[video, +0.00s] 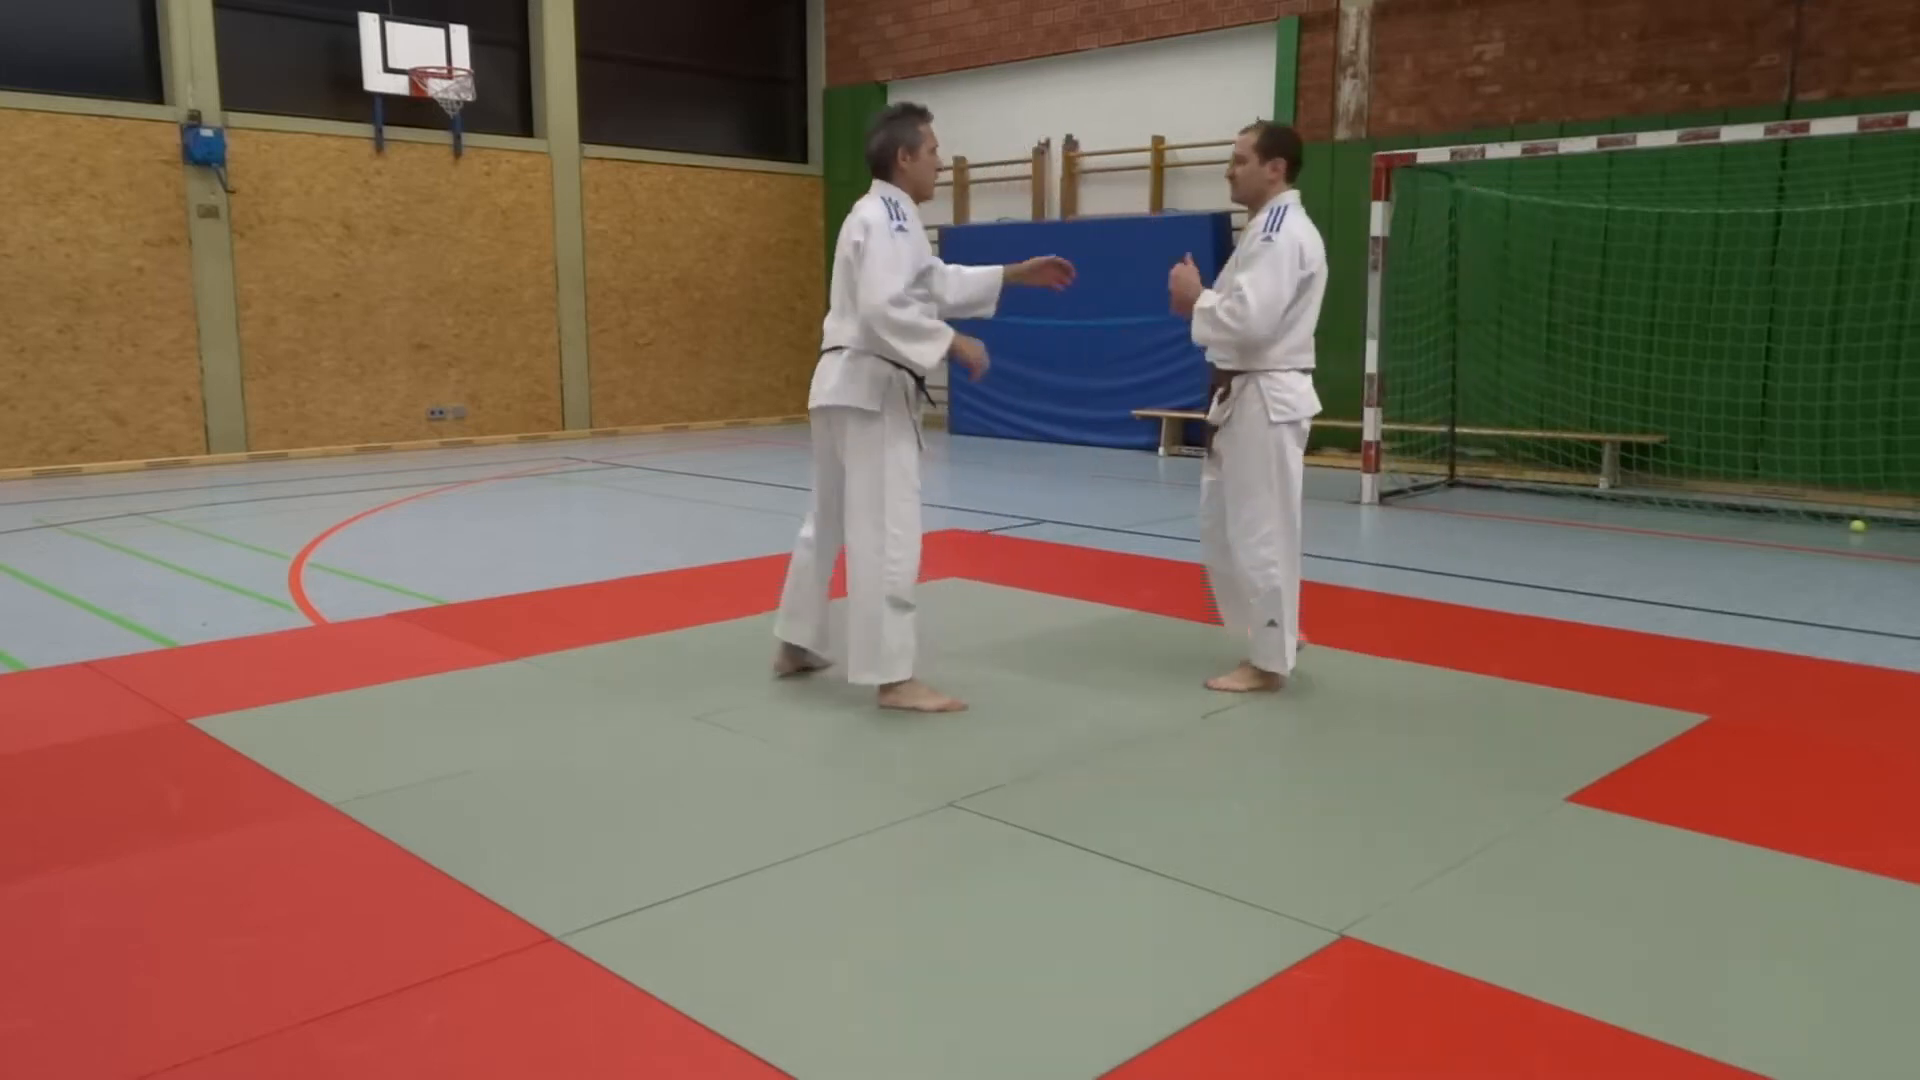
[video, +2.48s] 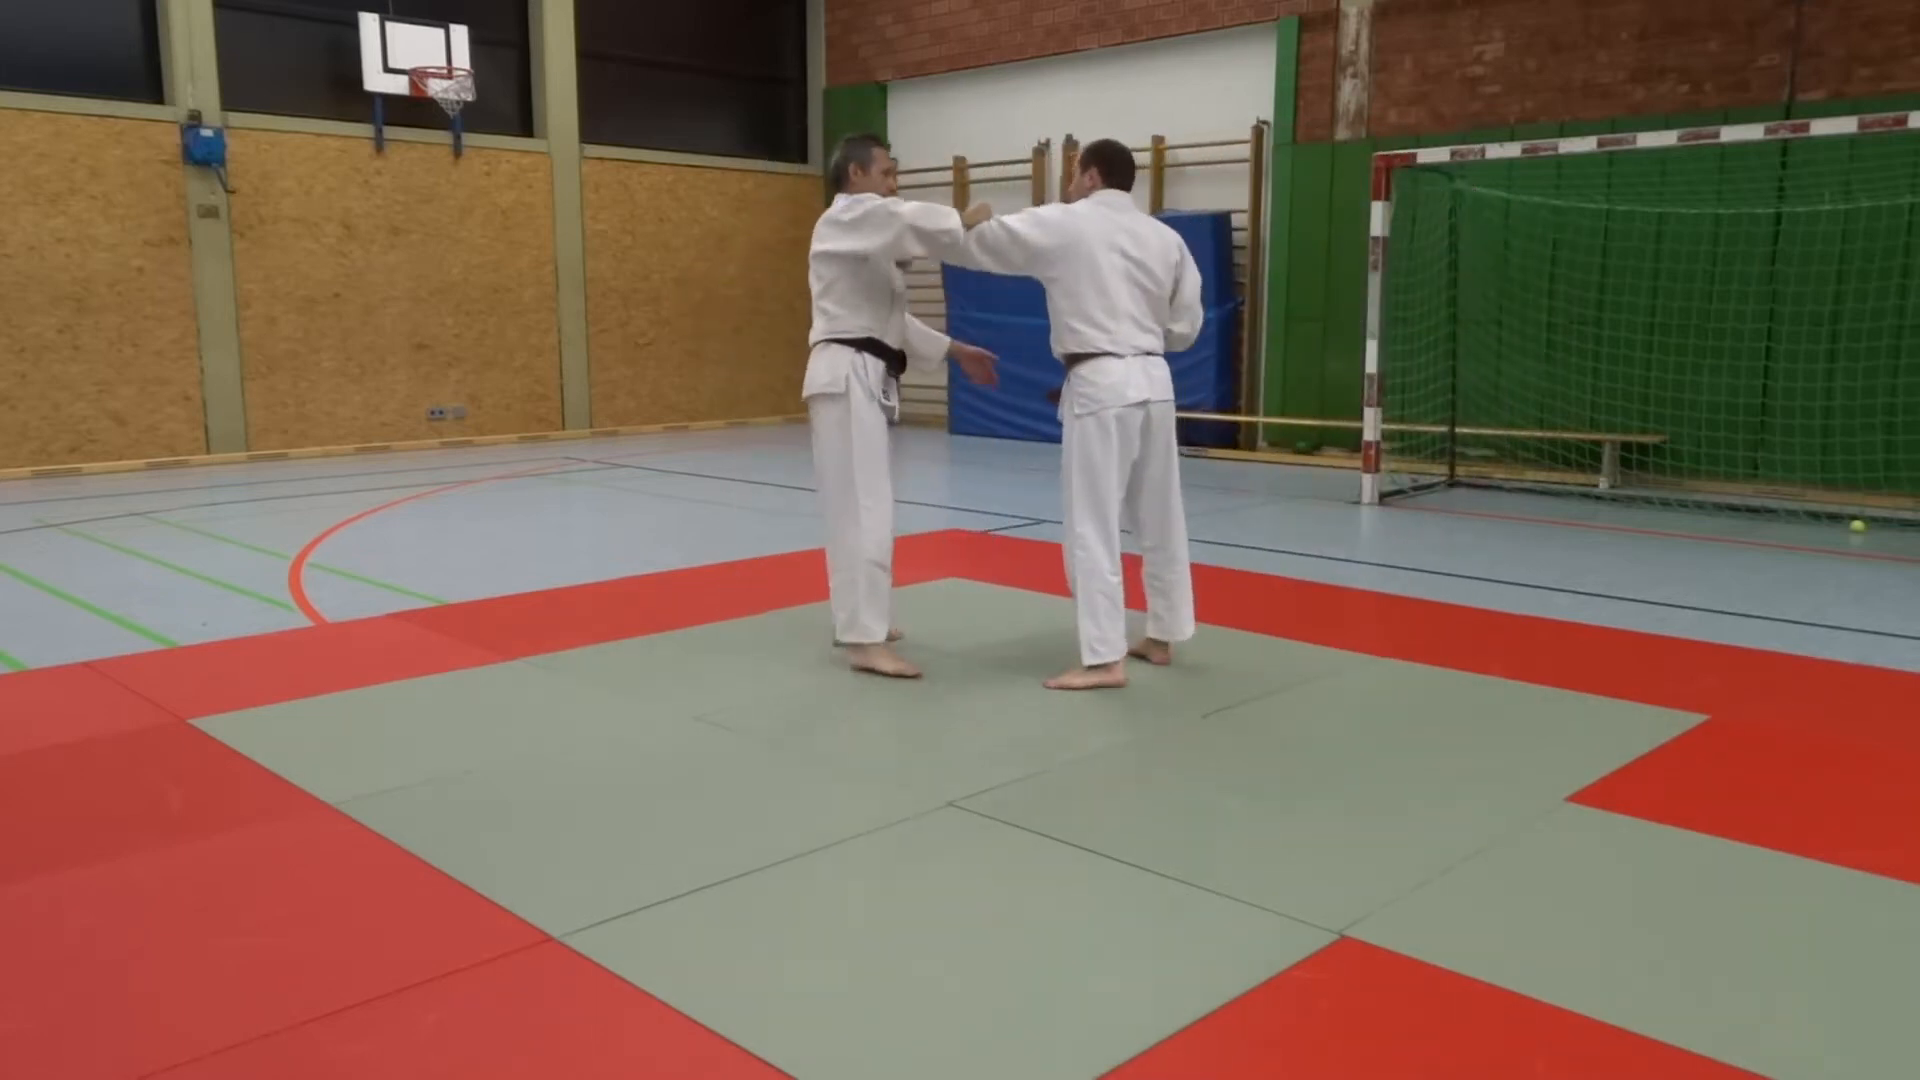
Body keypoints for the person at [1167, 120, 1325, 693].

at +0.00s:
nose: (1230, 171)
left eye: (1240, 162)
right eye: (1232, 161)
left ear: (1275, 169)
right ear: (1268, 170)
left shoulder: (1284, 233)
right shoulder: (1265, 228)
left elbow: (1252, 323)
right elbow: (1246, 310)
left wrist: (1197, 301)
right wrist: (1202, 300)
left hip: (1269, 395)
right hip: (1244, 392)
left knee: (1259, 529)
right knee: (1222, 526)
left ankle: (1269, 663)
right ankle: (1273, 635)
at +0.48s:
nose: (1136, 174)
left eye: (1145, 164)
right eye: (1136, 165)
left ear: (1180, 169)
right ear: (1171, 171)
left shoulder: (1211, 230)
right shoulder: (1156, 237)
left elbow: (1184, 309)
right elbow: (1142, 327)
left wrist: (1137, 274)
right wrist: (1111, 298)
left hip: (1187, 391)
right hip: (1142, 391)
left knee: (1192, 527)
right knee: (1136, 521)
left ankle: (1251, 646)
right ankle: (1141, 638)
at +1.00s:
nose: (1044, 185)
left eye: (1051, 175)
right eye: (1044, 175)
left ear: (1082, 177)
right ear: (1094, 181)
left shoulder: (1072, 226)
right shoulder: (1137, 227)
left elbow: (980, 256)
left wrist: (883, 277)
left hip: (1128, 391)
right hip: (1168, 383)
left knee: (1104, 521)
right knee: (1154, 517)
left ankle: (1103, 660)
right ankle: (1146, 635)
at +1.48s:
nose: (1047, 186)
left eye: (1052, 175)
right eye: (1048, 176)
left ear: (1080, 175)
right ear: (1101, 178)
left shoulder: (1054, 216)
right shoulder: (1143, 232)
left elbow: (967, 222)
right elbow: (1136, 318)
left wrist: (875, 255)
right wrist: (1084, 376)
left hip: (1107, 385)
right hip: (1156, 380)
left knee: (1090, 524)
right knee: (1152, 519)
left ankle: (1098, 662)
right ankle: (1155, 638)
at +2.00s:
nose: (1067, 181)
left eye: (1075, 171)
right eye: (1069, 172)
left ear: (1105, 175)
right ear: (1121, 179)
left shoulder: (1079, 217)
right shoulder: (1162, 236)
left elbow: (998, 228)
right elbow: (1149, 316)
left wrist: (958, 222)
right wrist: (1089, 372)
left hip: (1112, 380)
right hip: (1162, 379)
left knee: (1091, 514)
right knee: (1159, 513)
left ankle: (1099, 646)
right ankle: (1159, 636)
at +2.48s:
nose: (1070, 184)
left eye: (1073, 175)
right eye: (1072, 175)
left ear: (1091, 176)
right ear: (1127, 182)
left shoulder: (1064, 222)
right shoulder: (1164, 236)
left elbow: (980, 242)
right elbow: (1185, 328)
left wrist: (967, 221)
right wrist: (1134, 336)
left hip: (1097, 383)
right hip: (1156, 382)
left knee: (1091, 524)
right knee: (1160, 516)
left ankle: (1103, 659)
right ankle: (1162, 639)